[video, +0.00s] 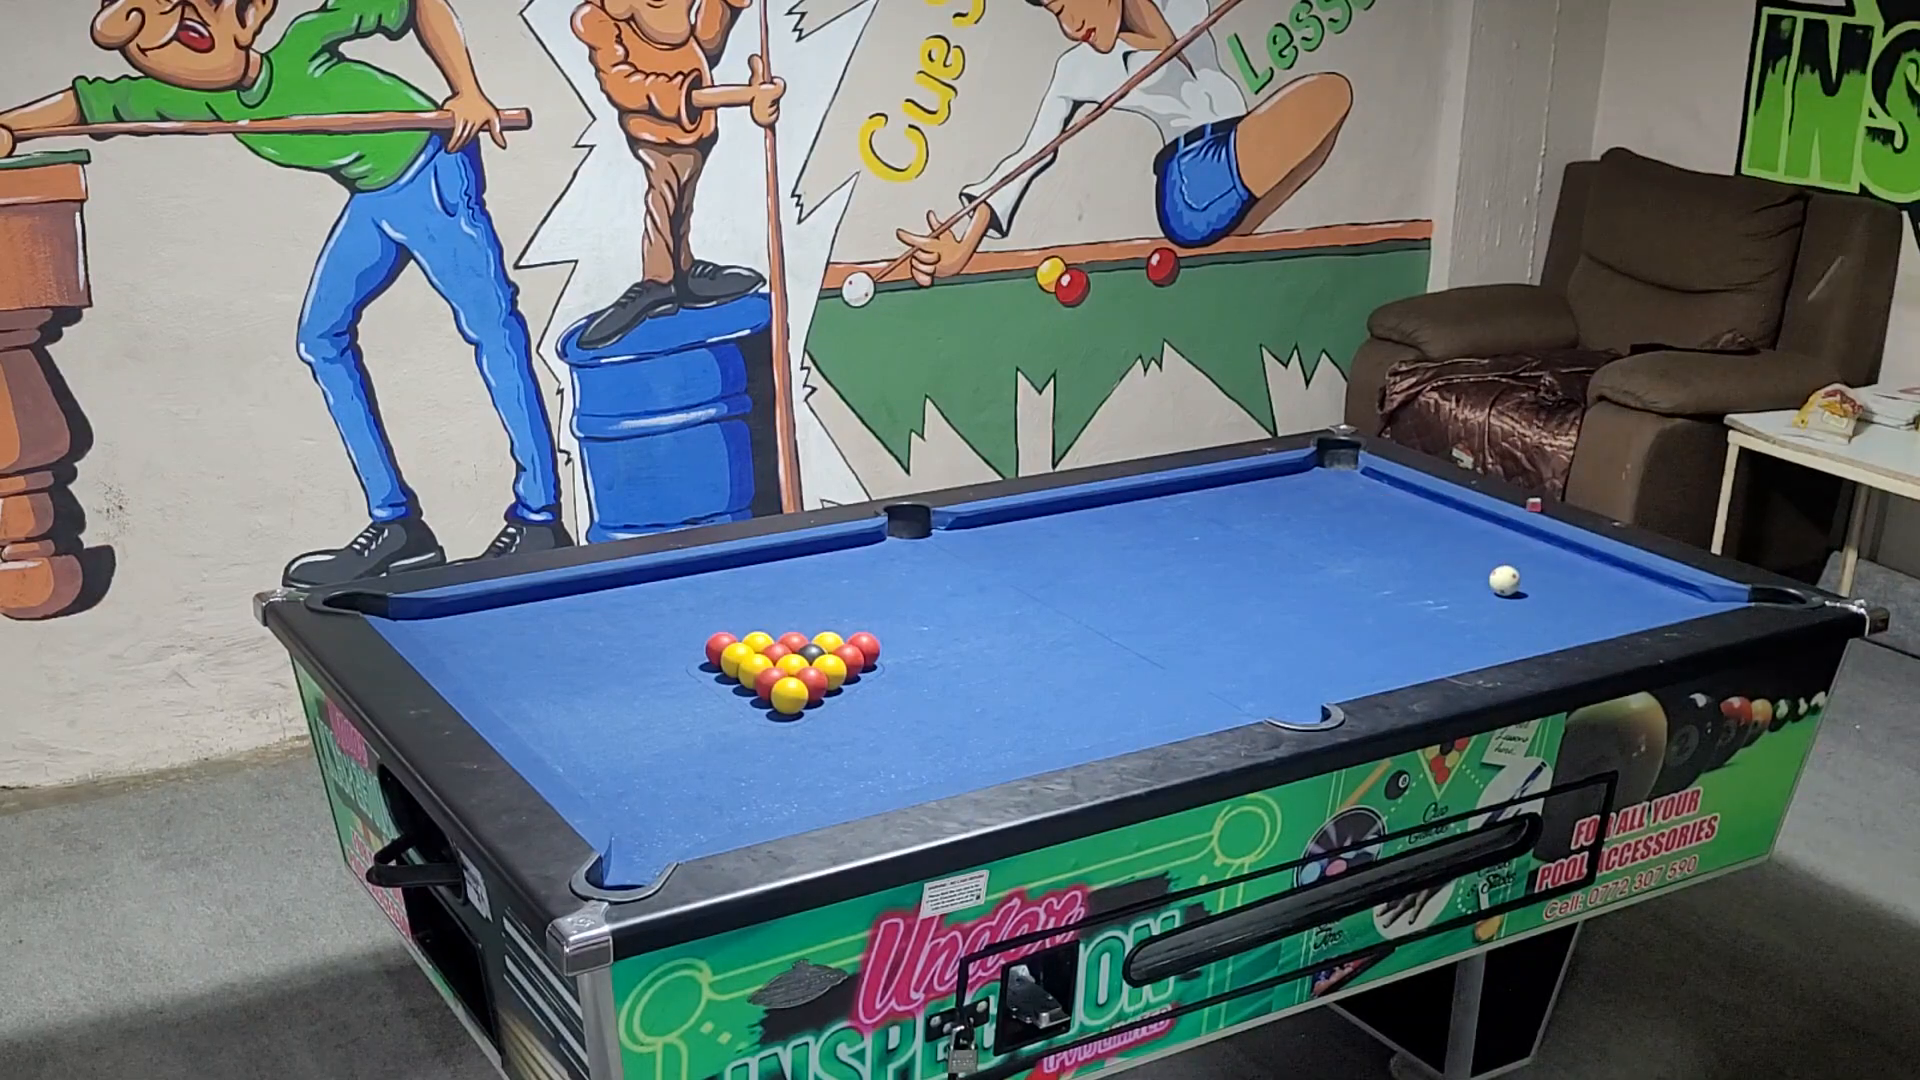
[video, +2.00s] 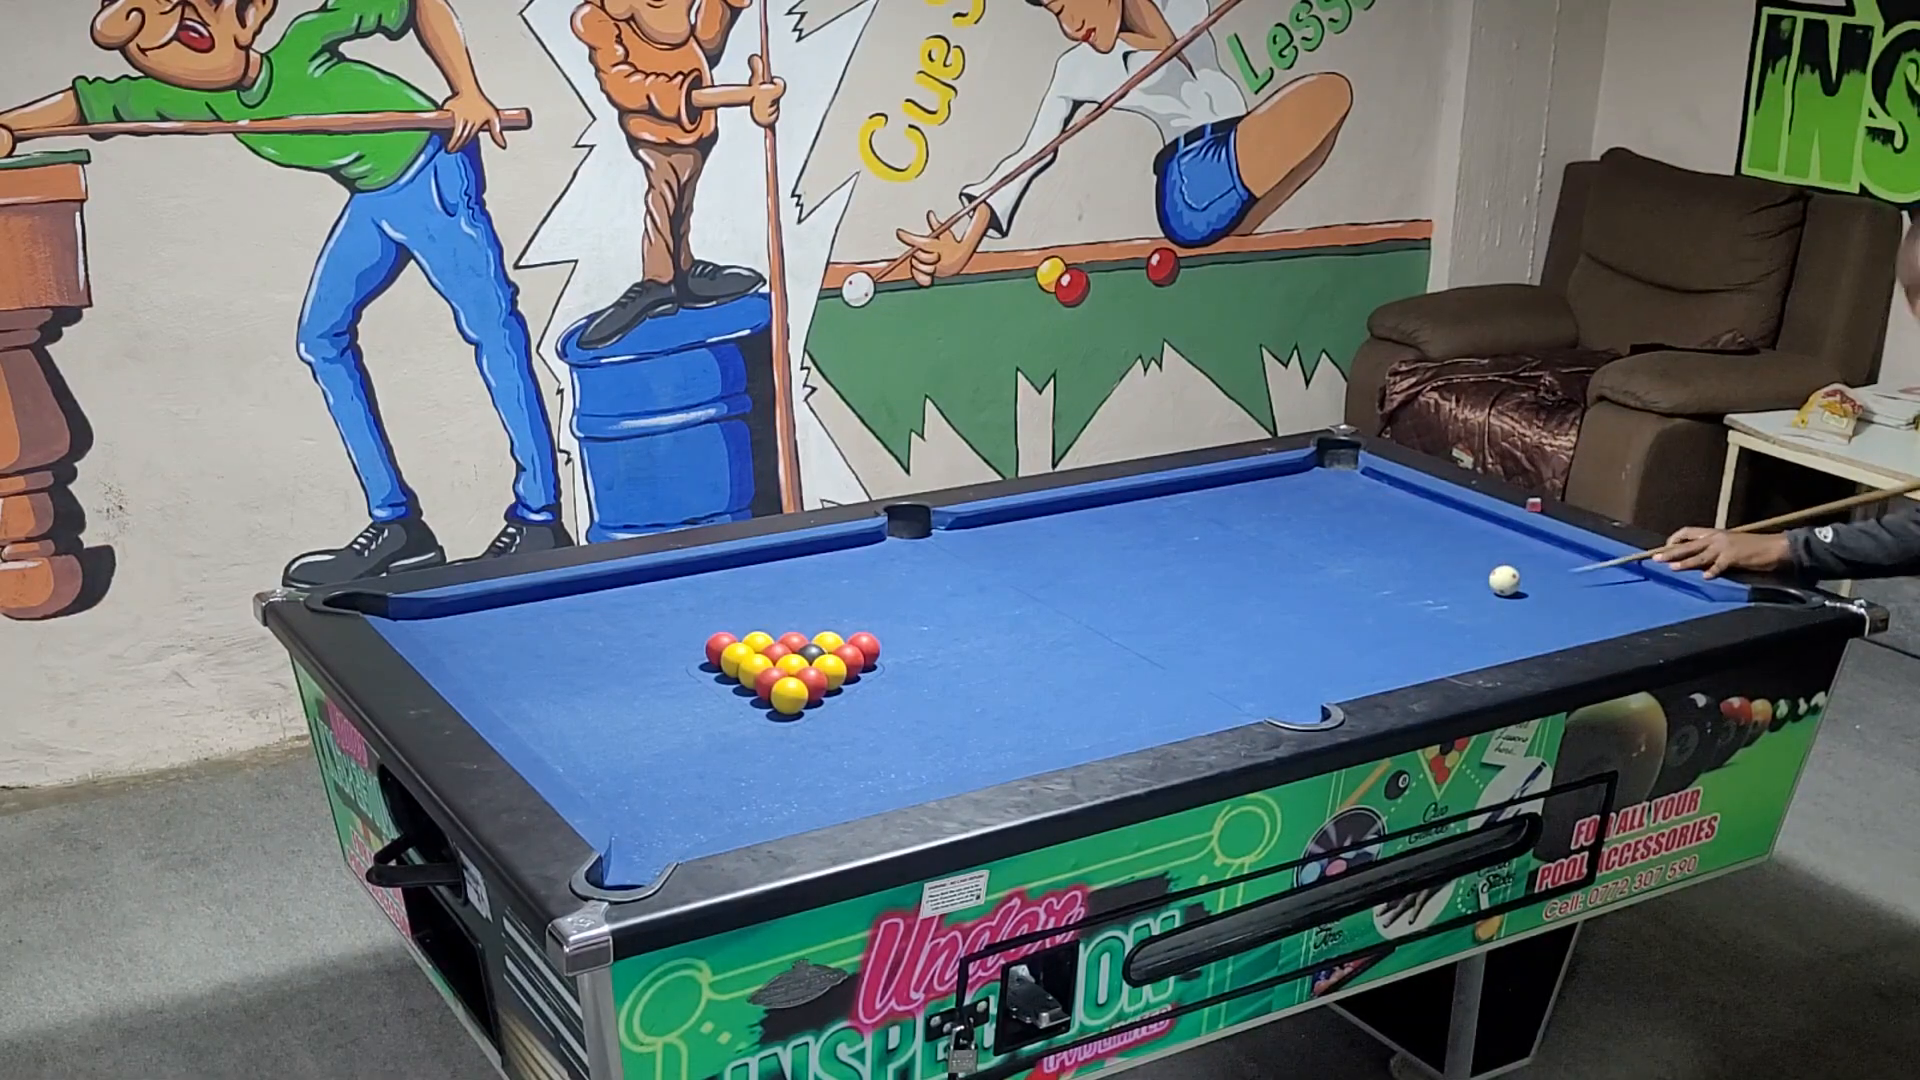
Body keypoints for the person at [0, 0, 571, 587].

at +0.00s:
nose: (207, 53)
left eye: (200, 39)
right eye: (190, 54)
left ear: (225, 20)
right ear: (183, 74)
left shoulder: (300, 37)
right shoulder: (213, 99)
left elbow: (418, 4)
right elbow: (90, 101)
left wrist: (467, 87)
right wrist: (9, 124)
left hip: (426, 166)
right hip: (369, 199)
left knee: (492, 330)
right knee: (322, 338)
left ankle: (541, 517)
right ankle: (397, 523)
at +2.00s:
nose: (208, 55)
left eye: (201, 40)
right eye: (191, 54)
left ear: (223, 21)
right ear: (182, 75)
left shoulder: (300, 37)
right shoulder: (213, 99)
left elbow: (418, 4)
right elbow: (89, 100)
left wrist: (467, 87)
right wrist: (9, 124)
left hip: (426, 166)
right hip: (369, 199)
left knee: (493, 331)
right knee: (322, 338)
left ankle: (540, 517)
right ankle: (397, 523)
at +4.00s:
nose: (207, 60)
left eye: (200, 44)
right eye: (190, 59)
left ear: (228, 23)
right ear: (184, 74)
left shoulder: (300, 37)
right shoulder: (212, 98)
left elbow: (418, 4)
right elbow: (90, 101)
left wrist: (467, 87)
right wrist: (9, 124)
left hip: (426, 165)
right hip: (369, 199)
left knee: (492, 329)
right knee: (322, 337)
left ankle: (541, 516)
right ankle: (397, 522)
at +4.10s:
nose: (207, 60)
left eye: (200, 44)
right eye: (190, 59)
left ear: (228, 23)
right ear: (184, 74)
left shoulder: (300, 37)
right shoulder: (212, 98)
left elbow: (418, 4)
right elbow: (90, 101)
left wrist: (467, 87)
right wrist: (9, 124)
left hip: (426, 165)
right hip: (369, 199)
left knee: (492, 329)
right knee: (322, 337)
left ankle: (541, 517)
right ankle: (397, 522)